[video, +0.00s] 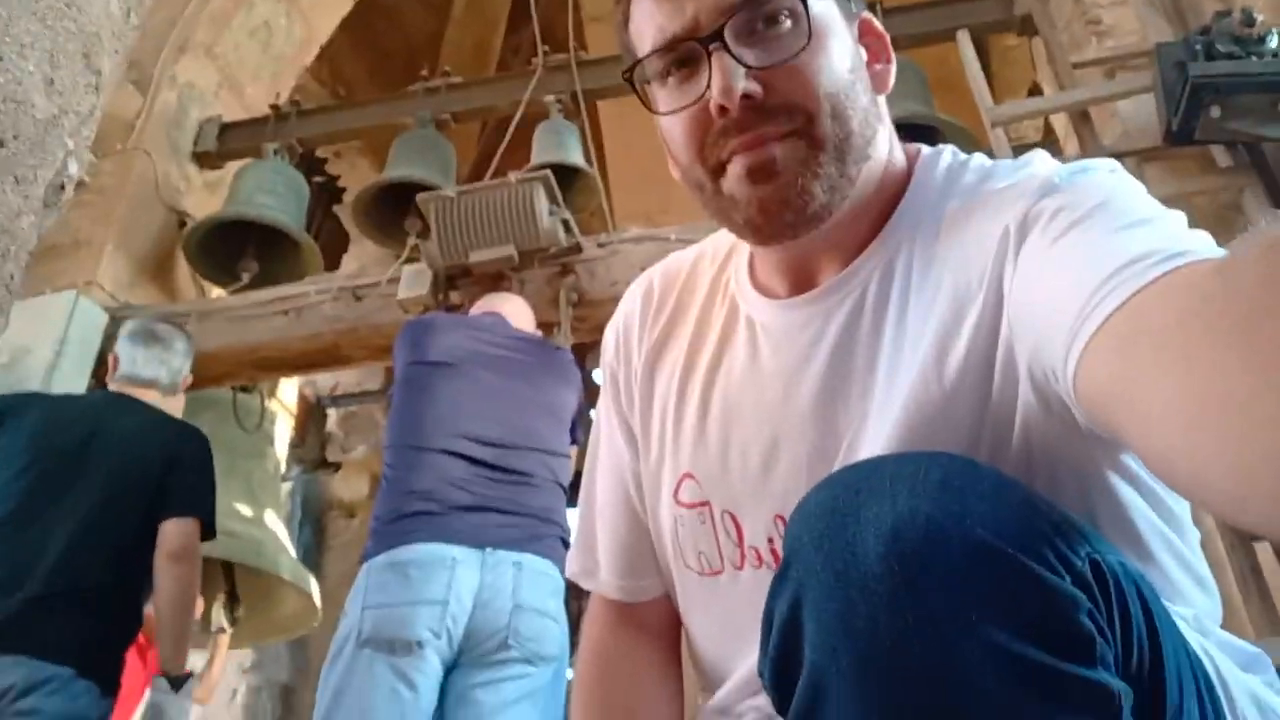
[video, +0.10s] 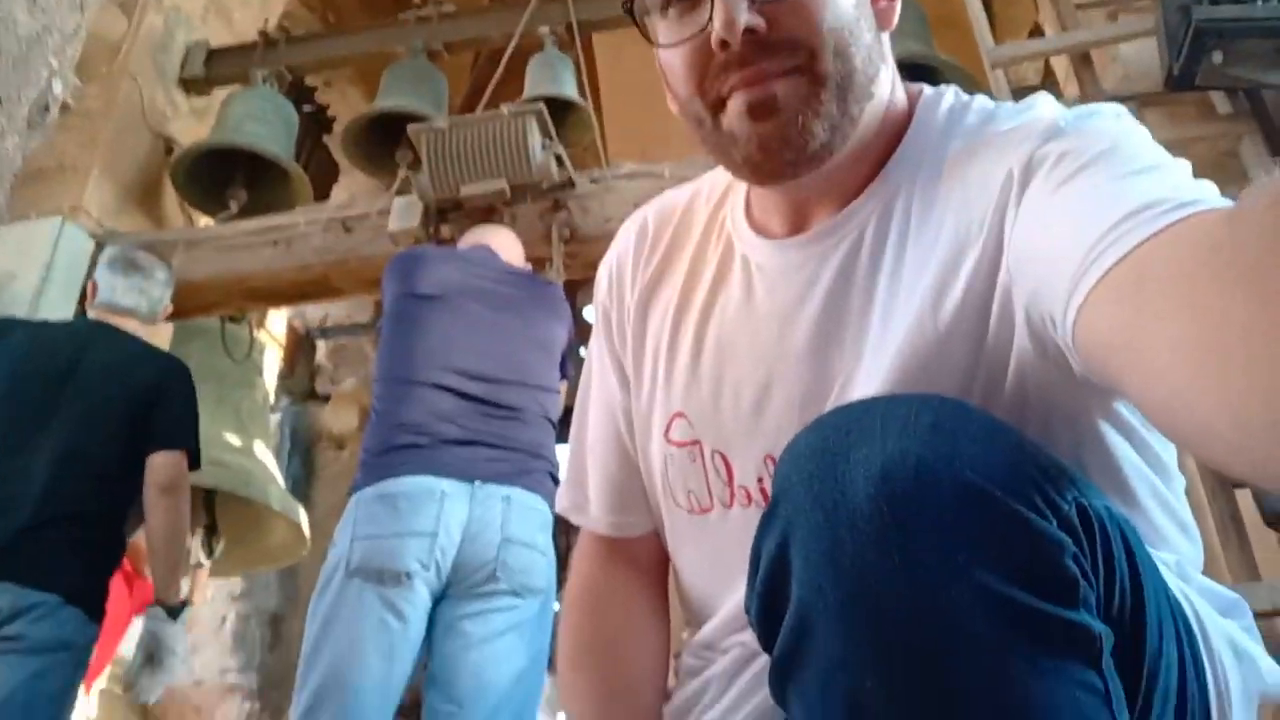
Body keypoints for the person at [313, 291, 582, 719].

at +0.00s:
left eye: (468, 307)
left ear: (467, 314)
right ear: (538, 336)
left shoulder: (418, 335)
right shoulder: (565, 369)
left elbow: (402, 414)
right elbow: (567, 453)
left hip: (410, 569)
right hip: (534, 582)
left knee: (367, 710)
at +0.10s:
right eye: (525, 260)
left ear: (454, 248)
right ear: (525, 268)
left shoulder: (407, 269)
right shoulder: (553, 302)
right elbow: (553, 397)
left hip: (400, 499)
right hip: (521, 514)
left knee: (339, 706)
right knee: (487, 710)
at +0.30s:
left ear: (439, 197)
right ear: (511, 214)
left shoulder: (393, 216)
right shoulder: (543, 251)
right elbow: (547, 340)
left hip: (397, 449)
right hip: (517, 464)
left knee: (337, 701)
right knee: (478, 701)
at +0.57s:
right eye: (493, 143)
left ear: (426, 139)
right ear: (500, 154)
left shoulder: (380, 160)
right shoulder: (531, 195)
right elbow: (534, 303)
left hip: (387, 401)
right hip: (507, 410)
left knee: (322, 669)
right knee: (463, 657)